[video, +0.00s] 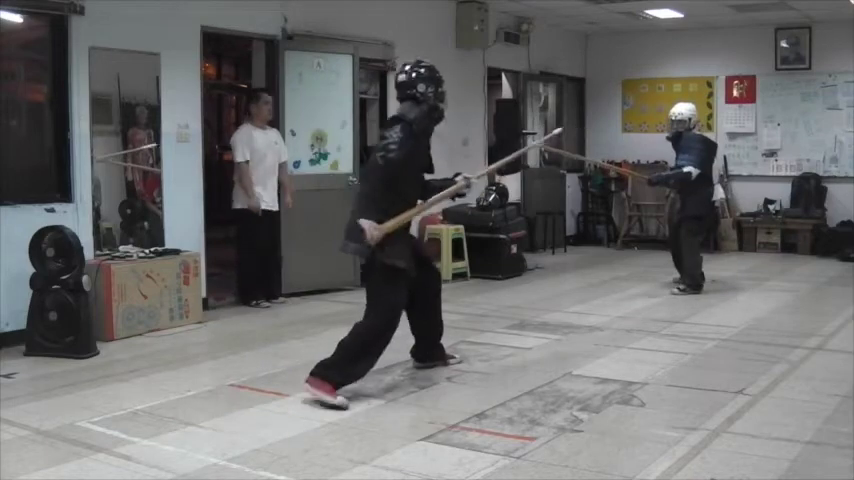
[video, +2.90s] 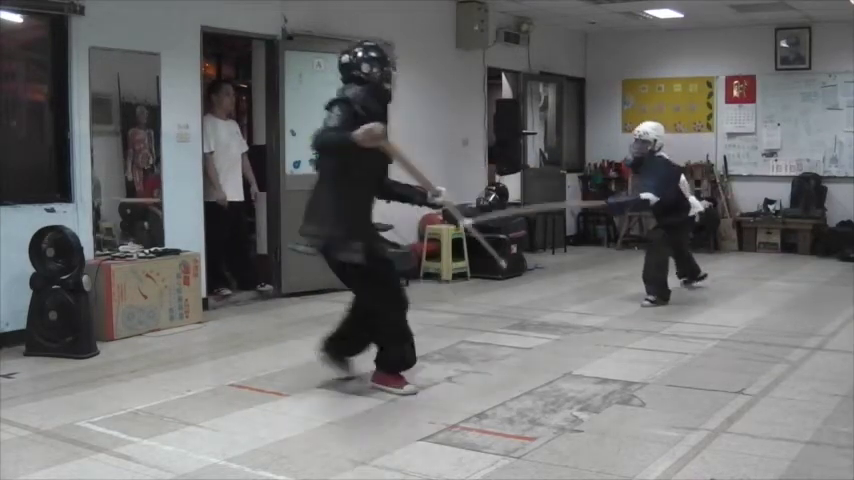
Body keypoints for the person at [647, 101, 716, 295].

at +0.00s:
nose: (676, 126)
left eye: (680, 122)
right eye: (674, 122)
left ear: (690, 122)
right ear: (671, 122)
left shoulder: (696, 141)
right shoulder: (681, 142)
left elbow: (690, 172)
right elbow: (683, 169)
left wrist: (662, 178)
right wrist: (666, 177)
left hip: (697, 198)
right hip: (685, 197)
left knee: (687, 236)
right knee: (676, 235)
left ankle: (693, 282)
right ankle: (687, 274)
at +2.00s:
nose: (672, 122)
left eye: (677, 119)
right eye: (671, 118)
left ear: (688, 119)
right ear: (669, 118)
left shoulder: (695, 138)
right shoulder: (680, 140)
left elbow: (693, 171)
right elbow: (681, 168)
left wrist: (662, 174)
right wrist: (663, 171)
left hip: (693, 195)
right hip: (682, 194)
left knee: (684, 231)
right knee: (676, 229)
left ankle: (685, 281)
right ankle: (692, 273)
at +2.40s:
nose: (661, 133)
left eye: (666, 129)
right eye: (660, 129)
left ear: (678, 130)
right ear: (657, 129)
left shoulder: (680, 150)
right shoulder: (668, 148)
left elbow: (668, 179)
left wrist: (636, 188)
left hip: (686, 206)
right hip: (680, 205)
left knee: (666, 239)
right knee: (668, 239)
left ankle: (672, 286)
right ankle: (690, 275)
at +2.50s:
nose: (662, 134)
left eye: (667, 130)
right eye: (660, 130)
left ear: (678, 131)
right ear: (657, 130)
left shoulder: (680, 150)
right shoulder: (668, 149)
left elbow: (666, 180)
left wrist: (635, 190)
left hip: (686, 207)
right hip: (679, 205)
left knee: (664, 240)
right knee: (668, 240)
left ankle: (672, 285)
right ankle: (689, 275)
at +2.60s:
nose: (659, 134)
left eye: (664, 130)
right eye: (658, 130)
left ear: (675, 132)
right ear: (655, 130)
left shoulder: (676, 151)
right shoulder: (665, 151)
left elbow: (663, 185)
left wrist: (633, 194)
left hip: (684, 208)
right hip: (677, 207)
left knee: (663, 240)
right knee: (669, 241)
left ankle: (671, 287)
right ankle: (690, 276)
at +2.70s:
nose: (653, 136)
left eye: (658, 132)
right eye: (652, 131)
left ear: (669, 133)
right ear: (649, 130)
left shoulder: (668, 153)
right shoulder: (662, 150)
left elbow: (665, 193)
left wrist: (639, 200)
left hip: (677, 206)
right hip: (678, 204)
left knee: (663, 244)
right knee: (675, 243)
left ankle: (663, 290)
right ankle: (693, 276)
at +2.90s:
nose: (637, 147)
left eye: (643, 143)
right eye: (636, 142)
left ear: (655, 145)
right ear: (634, 142)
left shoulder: (661, 166)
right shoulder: (643, 165)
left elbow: (650, 197)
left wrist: (623, 205)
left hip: (678, 214)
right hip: (666, 213)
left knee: (657, 244)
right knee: (677, 243)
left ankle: (658, 293)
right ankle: (693, 273)